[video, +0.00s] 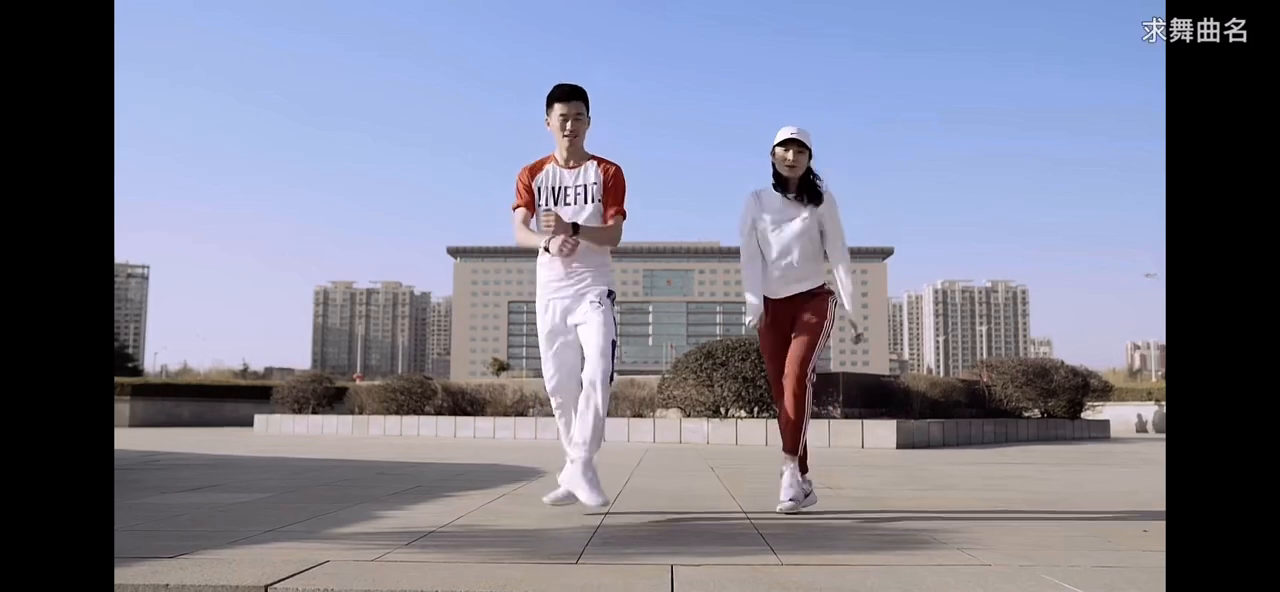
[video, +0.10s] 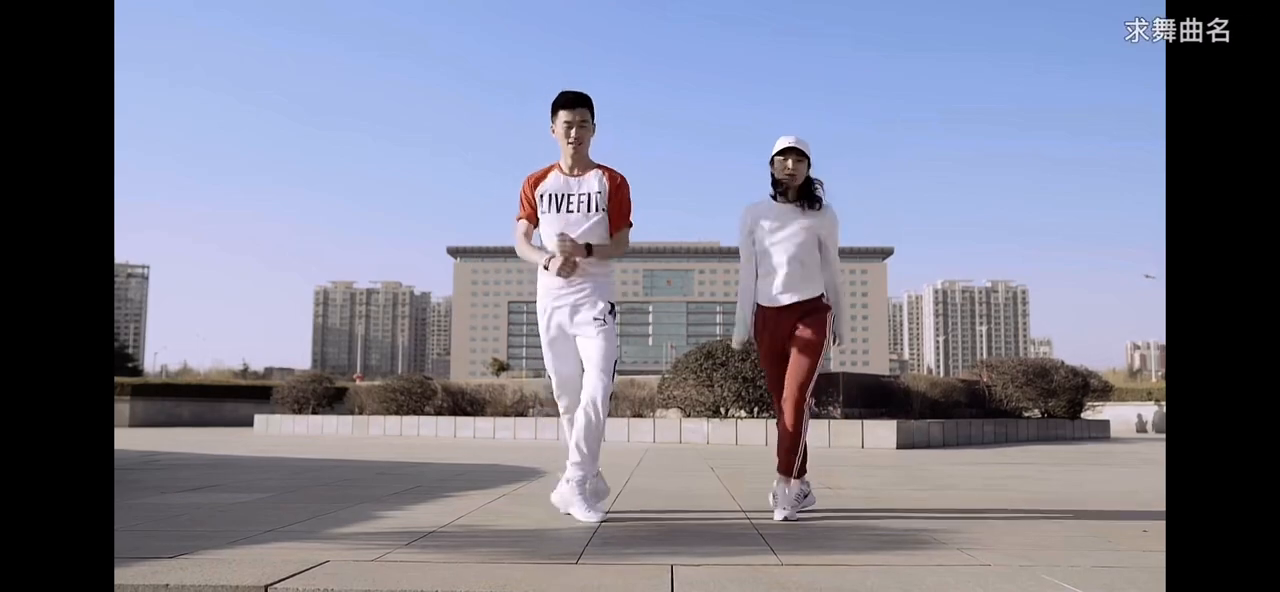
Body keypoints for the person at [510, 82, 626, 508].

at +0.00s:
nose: (570, 125)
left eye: (578, 118)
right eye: (563, 118)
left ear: (587, 123)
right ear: (549, 123)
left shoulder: (608, 172)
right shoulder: (532, 174)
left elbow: (612, 237)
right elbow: (520, 233)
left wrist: (569, 227)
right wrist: (546, 242)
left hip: (594, 292)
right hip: (552, 295)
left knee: (598, 376)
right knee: (558, 387)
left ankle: (582, 469)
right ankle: (575, 474)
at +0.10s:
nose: (575, 132)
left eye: (582, 125)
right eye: (567, 125)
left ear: (592, 131)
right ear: (554, 131)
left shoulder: (613, 182)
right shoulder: (536, 183)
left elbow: (621, 244)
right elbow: (521, 243)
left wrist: (586, 251)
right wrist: (546, 261)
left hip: (595, 301)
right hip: (552, 303)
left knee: (597, 394)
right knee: (566, 399)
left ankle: (571, 485)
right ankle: (591, 481)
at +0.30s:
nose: (584, 122)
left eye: (592, 115)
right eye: (576, 115)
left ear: (603, 120)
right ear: (563, 120)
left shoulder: (622, 170)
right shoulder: (544, 170)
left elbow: (647, 216)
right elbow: (515, 211)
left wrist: (646, 235)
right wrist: (500, 244)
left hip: (601, 291)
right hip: (556, 290)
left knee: (600, 385)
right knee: (544, 378)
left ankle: (602, 482)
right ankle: (547, 463)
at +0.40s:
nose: (585, 132)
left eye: (592, 125)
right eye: (577, 125)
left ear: (603, 131)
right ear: (564, 131)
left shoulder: (624, 176)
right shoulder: (547, 177)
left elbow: (669, 196)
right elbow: (508, 186)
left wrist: (665, 203)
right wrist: (484, 202)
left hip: (605, 304)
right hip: (558, 301)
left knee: (611, 400)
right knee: (536, 366)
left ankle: (628, 489)